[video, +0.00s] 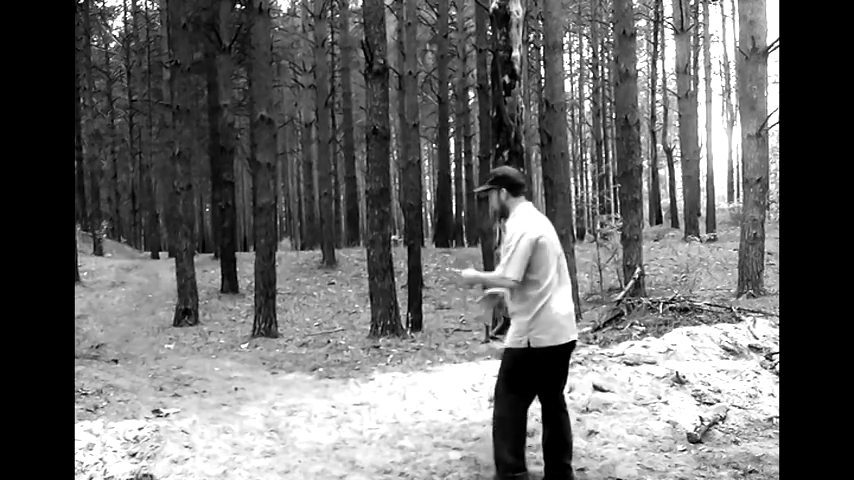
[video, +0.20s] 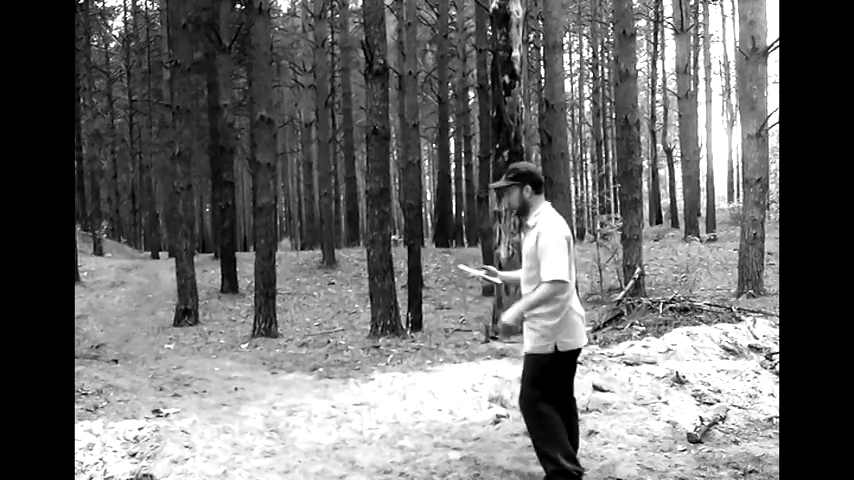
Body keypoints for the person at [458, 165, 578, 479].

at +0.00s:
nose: (489, 204)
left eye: (489, 196)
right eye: (487, 197)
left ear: (503, 193)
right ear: (513, 192)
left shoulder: (522, 225)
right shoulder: (537, 219)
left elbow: (509, 279)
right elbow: (530, 278)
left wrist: (476, 276)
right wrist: (497, 290)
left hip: (533, 334)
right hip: (559, 331)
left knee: (507, 408)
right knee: (553, 405)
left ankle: (509, 472)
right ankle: (560, 473)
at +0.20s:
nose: (504, 201)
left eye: (507, 193)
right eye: (502, 194)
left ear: (526, 190)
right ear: (524, 191)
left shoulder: (550, 226)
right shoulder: (538, 223)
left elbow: (557, 283)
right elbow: (537, 274)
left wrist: (517, 310)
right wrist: (502, 277)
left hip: (553, 332)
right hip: (550, 330)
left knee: (533, 402)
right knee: (559, 401)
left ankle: (562, 471)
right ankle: (568, 466)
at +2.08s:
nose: (436, 172)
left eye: (440, 159)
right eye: (436, 160)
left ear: (467, 161)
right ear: (466, 162)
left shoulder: (521, 217)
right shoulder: (481, 220)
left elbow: (528, 306)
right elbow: (481, 308)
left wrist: (475, 376)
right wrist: (429, 321)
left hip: (521, 413)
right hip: (475, 407)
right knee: (462, 472)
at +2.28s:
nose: (430, 160)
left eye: (431, 150)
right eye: (431, 149)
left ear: (440, 155)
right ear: (485, 154)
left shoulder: (479, 217)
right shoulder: (497, 206)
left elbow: (487, 316)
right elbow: (492, 288)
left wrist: (445, 401)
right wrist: (439, 311)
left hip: (485, 412)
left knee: (443, 473)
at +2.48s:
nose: (419, 157)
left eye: (419, 151)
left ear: (422, 156)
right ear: (481, 155)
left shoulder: (425, 222)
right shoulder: (522, 218)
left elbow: (418, 325)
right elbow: (534, 315)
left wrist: (407, 416)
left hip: (467, 427)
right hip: (528, 420)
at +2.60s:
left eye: (413, 147)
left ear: (418, 155)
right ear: (477, 154)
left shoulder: (407, 226)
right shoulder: (523, 216)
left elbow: (385, 335)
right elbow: (536, 308)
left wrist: (374, 417)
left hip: (462, 431)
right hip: (533, 422)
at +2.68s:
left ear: (422, 153)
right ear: (479, 150)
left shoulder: (405, 224)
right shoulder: (527, 214)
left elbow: (376, 330)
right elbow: (545, 303)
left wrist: (365, 409)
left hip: (458, 430)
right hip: (535, 421)